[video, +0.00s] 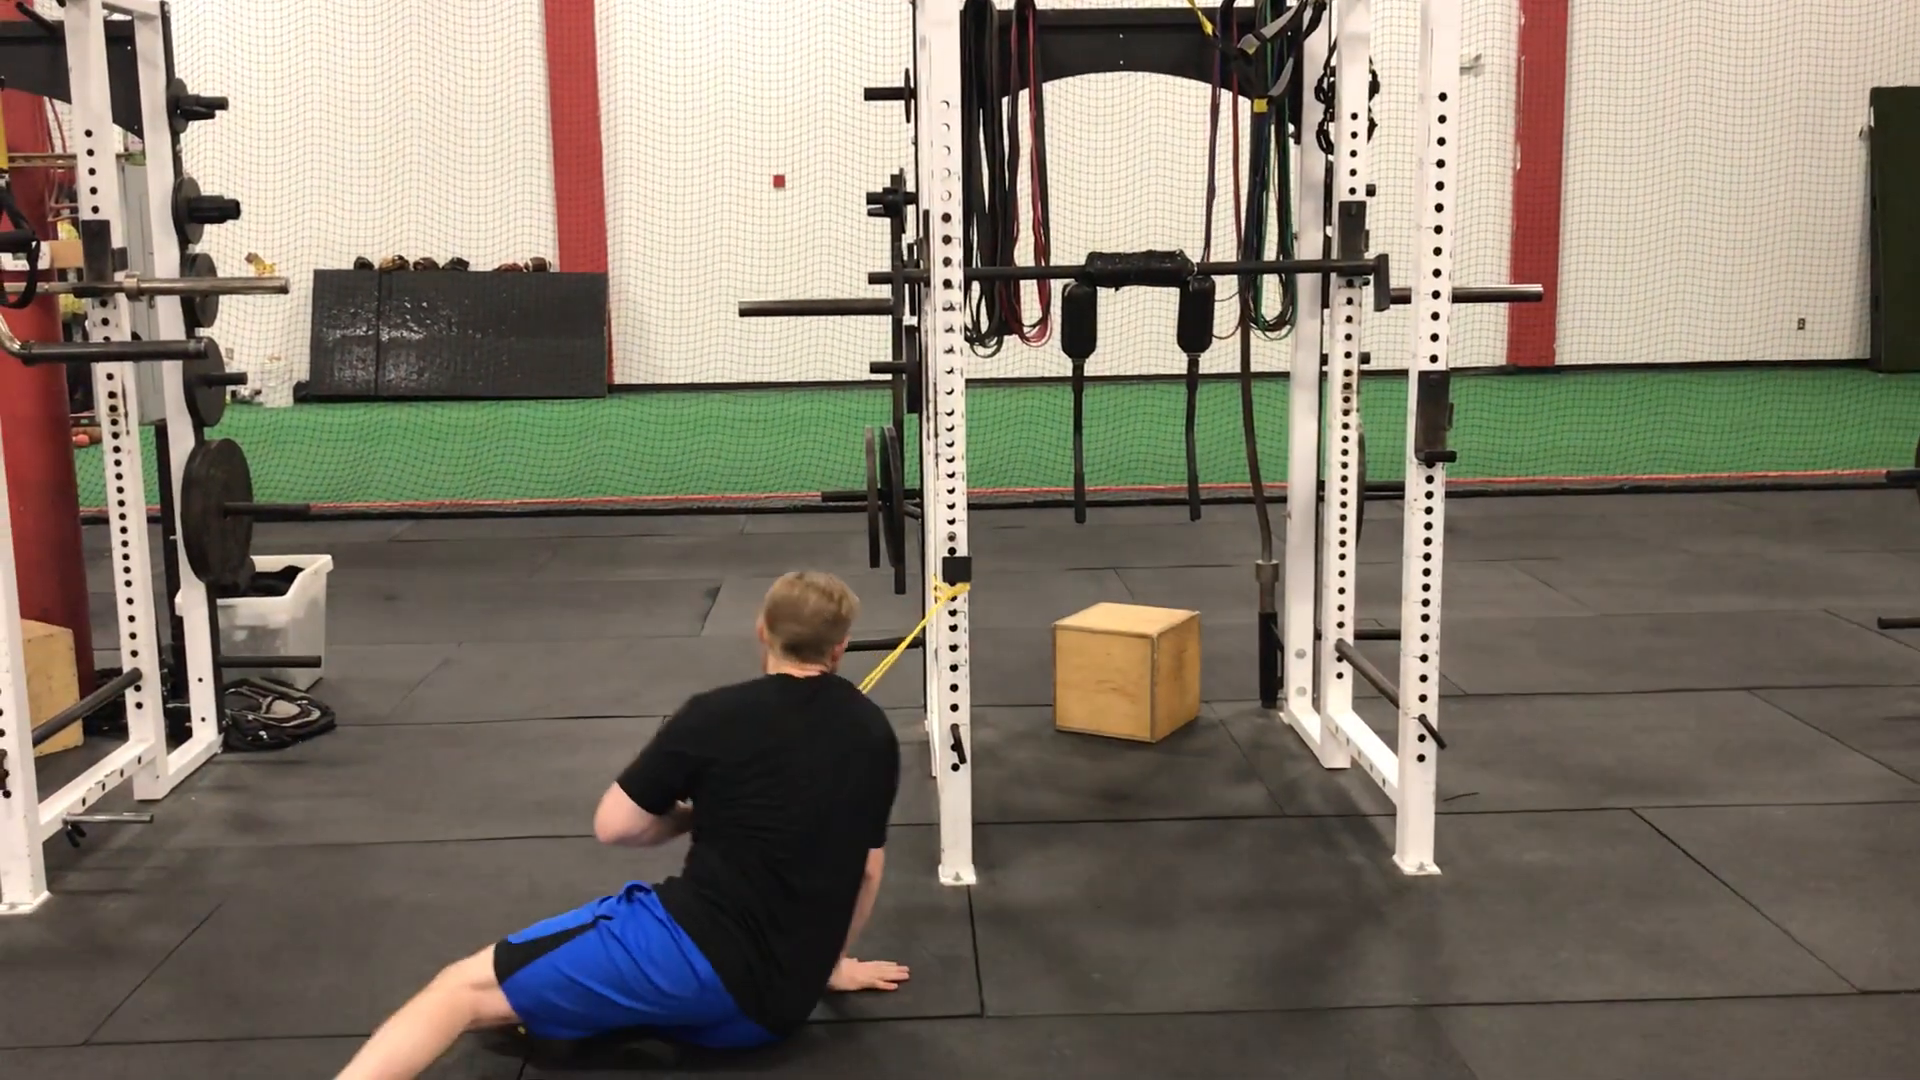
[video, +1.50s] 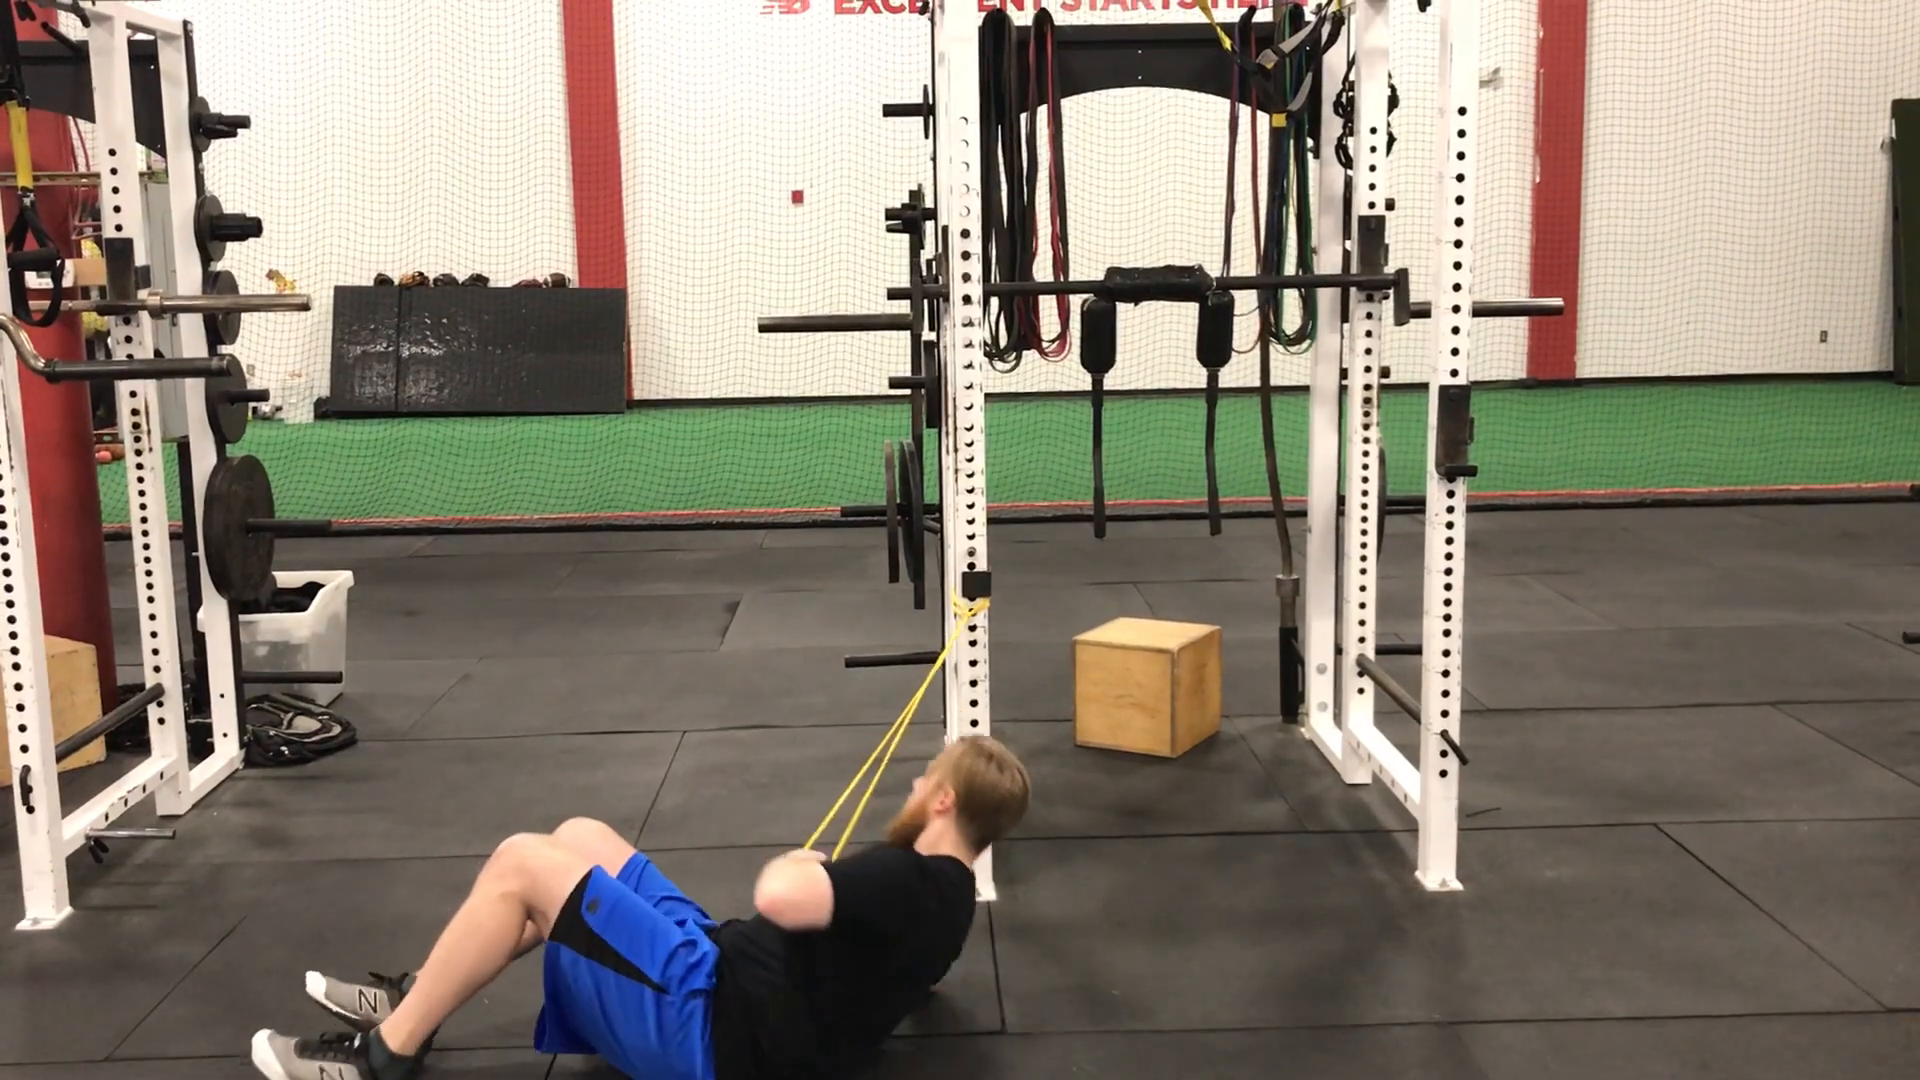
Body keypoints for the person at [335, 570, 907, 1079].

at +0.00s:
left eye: (764, 626)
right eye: (840, 642)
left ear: (761, 635)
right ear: (842, 649)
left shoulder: (718, 715)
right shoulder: (874, 731)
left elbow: (615, 826)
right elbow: (867, 871)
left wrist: (697, 811)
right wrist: (837, 962)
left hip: (686, 950)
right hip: (773, 1003)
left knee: (463, 987)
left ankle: (357, 1071)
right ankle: (523, 1013)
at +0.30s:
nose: (843, 681)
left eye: (845, 671)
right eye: (859, 676)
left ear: (853, 676)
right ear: (932, 695)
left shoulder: (814, 737)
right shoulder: (952, 796)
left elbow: (697, 826)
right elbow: (979, 937)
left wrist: (766, 827)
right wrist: (895, 924)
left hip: (730, 957)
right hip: (794, 1015)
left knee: (506, 920)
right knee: (666, 885)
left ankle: (304, 1054)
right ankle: (472, 1002)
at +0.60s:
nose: (922, 711)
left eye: (930, 705)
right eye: (937, 708)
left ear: (938, 718)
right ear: (996, 763)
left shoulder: (890, 749)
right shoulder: (980, 850)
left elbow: (750, 742)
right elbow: (1000, 994)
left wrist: (820, 825)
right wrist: (953, 929)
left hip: (752, 969)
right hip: (789, 1010)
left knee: (548, 867)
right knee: (580, 922)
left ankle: (372, 1042)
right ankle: (413, 995)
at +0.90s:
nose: (924, 717)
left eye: (932, 712)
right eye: (939, 715)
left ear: (938, 727)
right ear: (994, 784)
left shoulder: (875, 745)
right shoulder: (968, 883)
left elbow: (754, 691)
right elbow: (1011, 999)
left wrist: (789, 782)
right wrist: (963, 939)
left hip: (697, 966)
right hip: (747, 1026)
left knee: (497, 851)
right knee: (605, 845)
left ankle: (378, 1056)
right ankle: (426, 1001)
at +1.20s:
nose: (873, 746)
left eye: (881, 738)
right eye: (884, 738)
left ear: (892, 750)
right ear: (957, 788)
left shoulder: (850, 798)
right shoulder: (948, 894)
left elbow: (706, 795)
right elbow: (995, 996)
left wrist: (766, 832)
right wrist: (930, 937)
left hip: (670, 995)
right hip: (722, 1032)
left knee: (476, 860)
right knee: (577, 838)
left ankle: (362, 1063)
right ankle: (415, 1003)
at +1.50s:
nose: (918, 788)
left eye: (927, 780)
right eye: (928, 779)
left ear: (939, 800)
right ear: (985, 824)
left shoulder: (913, 883)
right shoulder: (948, 887)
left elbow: (779, 898)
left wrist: (811, 859)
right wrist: (820, 873)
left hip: (712, 1025)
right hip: (737, 986)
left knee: (521, 860)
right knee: (583, 840)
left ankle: (385, 1051)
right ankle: (419, 1001)